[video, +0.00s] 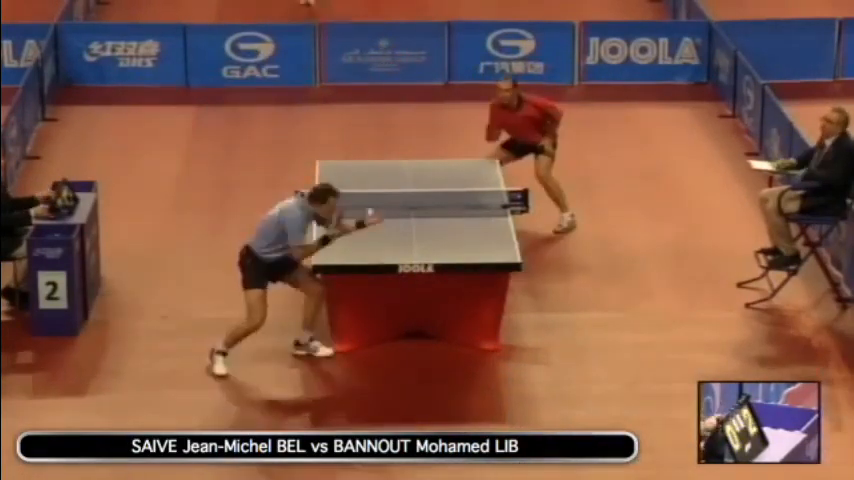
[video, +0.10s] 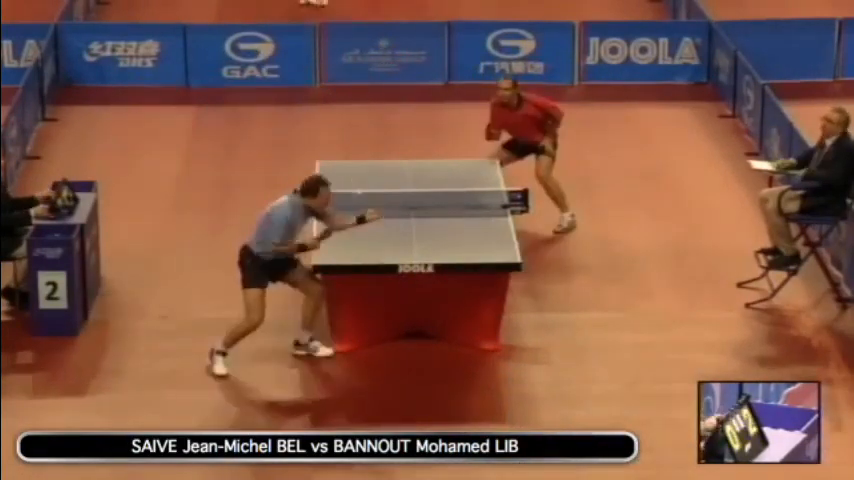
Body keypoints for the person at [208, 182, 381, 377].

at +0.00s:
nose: (334, 211)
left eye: (334, 206)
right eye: (331, 207)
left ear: (320, 202)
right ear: (319, 204)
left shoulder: (310, 206)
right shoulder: (294, 213)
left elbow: (333, 227)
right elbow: (299, 253)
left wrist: (361, 225)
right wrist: (324, 242)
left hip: (279, 258)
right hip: (254, 259)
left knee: (315, 290)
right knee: (256, 319)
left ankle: (305, 341)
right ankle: (220, 352)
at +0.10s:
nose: (326, 203)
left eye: (327, 198)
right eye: (324, 198)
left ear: (312, 194)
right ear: (311, 196)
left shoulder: (307, 207)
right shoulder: (284, 211)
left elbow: (331, 224)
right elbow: (272, 247)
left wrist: (359, 220)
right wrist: (304, 247)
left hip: (279, 257)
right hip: (255, 259)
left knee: (316, 291)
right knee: (254, 318)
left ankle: (304, 341)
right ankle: (220, 352)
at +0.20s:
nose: (320, 191)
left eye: (319, 187)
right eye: (317, 187)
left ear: (307, 188)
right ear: (306, 188)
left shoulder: (308, 205)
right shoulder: (278, 203)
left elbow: (327, 222)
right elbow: (237, 223)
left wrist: (356, 223)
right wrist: (249, 239)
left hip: (281, 255)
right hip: (256, 256)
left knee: (316, 291)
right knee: (253, 317)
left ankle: (304, 342)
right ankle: (219, 352)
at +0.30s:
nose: (316, 188)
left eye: (316, 183)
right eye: (313, 184)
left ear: (303, 186)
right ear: (301, 186)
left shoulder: (305, 204)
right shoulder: (274, 198)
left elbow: (319, 222)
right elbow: (231, 199)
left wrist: (346, 230)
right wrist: (235, 230)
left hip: (282, 256)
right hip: (256, 256)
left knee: (316, 291)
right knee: (253, 318)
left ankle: (305, 341)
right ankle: (219, 353)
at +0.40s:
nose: (318, 188)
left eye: (318, 183)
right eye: (315, 184)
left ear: (306, 186)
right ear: (303, 185)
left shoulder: (306, 204)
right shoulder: (275, 193)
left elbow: (304, 226)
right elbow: (237, 183)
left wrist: (322, 238)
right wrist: (240, 212)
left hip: (282, 257)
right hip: (257, 257)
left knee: (319, 292)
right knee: (254, 320)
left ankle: (306, 341)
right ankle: (219, 352)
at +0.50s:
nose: (326, 192)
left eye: (326, 187)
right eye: (323, 188)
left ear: (313, 188)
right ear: (312, 189)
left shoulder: (306, 205)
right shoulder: (284, 196)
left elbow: (291, 226)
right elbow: (248, 191)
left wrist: (308, 239)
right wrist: (261, 207)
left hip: (283, 259)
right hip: (259, 259)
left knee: (320, 292)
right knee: (256, 324)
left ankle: (306, 342)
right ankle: (220, 352)